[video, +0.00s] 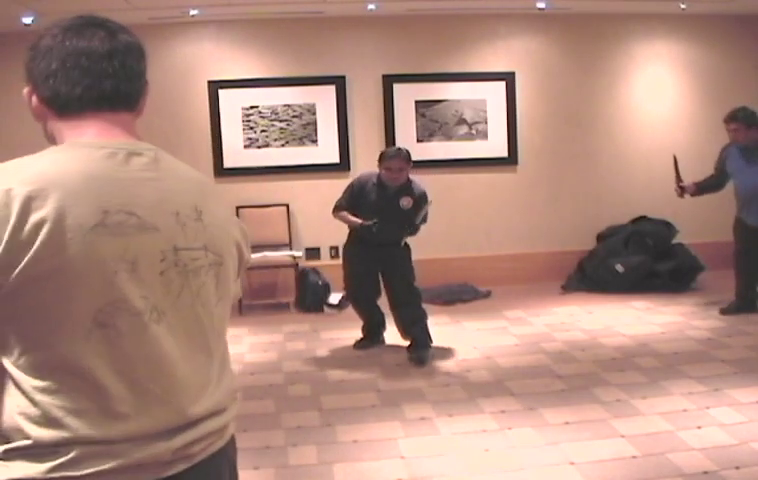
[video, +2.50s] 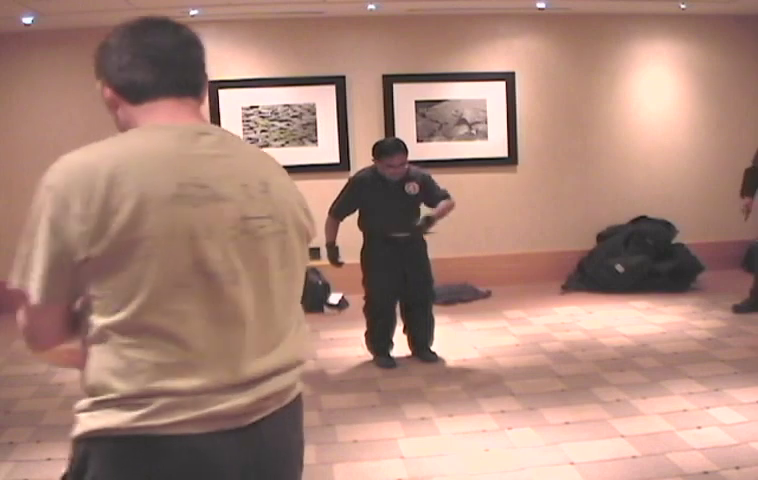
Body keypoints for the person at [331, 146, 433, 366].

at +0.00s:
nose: (393, 175)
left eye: (399, 170)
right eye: (388, 169)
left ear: (409, 170)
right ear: (379, 168)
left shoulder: (417, 194)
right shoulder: (364, 182)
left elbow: (413, 229)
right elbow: (338, 210)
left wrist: (408, 213)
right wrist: (358, 222)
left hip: (393, 248)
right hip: (360, 247)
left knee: (404, 296)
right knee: (359, 294)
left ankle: (419, 344)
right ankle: (373, 331)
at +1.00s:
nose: (405, 174)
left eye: (411, 168)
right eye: (400, 168)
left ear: (426, 166)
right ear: (395, 165)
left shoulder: (438, 188)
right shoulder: (385, 179)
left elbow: (435, 227)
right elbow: (367, 203)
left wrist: (409, 247)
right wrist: (372, 222)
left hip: (418, 246)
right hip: (383, 242)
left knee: (421, 298)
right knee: (369, 291)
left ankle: (418, 350)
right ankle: (362, 329)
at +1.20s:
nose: (405, 169)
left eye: (411, 163)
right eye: (400, 163)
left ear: (424, 161)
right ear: (394, 162)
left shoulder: (437, 185)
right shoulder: (383, 179)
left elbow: (453, 223)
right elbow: (361, 209)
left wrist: (438, 254)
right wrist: (367, 243)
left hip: (420, 249)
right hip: (384, 248)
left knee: (423, 302)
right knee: (369, 294)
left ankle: (419, 350)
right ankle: (362, 329)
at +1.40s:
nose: (402, 165)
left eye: (407, 159)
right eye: (396, 160)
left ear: (419, 158)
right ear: (389, 160)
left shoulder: (431, 181)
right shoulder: (377, 179)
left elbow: (459, 211)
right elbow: (347, 207)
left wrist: (457, 241)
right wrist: (339, 242)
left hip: (419, 248)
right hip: (383, 249)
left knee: (423, 301)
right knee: (378, 299)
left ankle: (420, 351)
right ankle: (374, 344)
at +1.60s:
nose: (395, 166)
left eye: (400, 160)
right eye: (389, 161)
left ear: (408, 158)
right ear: (378, 162)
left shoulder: (420, 179)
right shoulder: (366, 180)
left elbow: (447, 205)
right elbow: (335, 212)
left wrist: (441, 226)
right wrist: (327, 243)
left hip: (415, 249)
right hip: (380, 250)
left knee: (421, 300)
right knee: (382, 301)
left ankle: (421, 350)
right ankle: (380, 350)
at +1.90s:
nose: (392, 169)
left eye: (397, 163)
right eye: (386, 164)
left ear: (403, 159)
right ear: (373, 163)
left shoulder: (412, 177)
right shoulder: (358, 182)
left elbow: (428, 204)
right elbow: (328, 215)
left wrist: (409, 217)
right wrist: (324, 246)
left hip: (407, 244)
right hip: (375, 247)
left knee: (419, 296)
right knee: (380, 301)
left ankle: (422, 346)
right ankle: (380, 350)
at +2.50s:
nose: (399, 171)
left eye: (402, 165)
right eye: (392, 167)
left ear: (408, 160)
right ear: (378, 164)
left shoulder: (418, 178)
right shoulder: (362, 182)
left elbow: (446, 202)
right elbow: (334, 215)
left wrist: (432, 218)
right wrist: (330, 245)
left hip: (412, 246)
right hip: (379, 247)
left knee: (419, 297)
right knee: (380, 301)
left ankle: (421, 346)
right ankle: (381, 350)